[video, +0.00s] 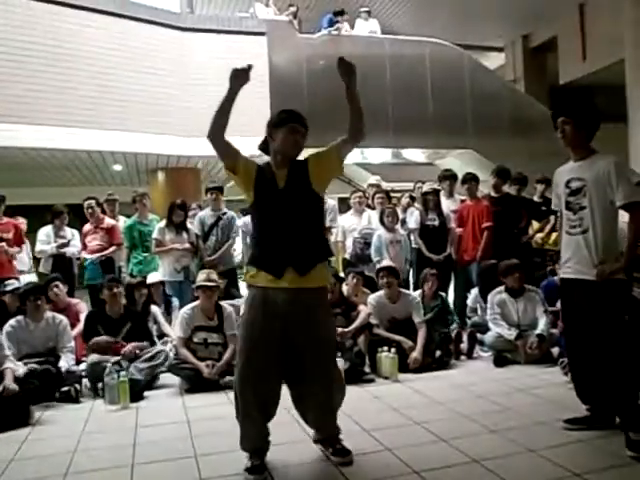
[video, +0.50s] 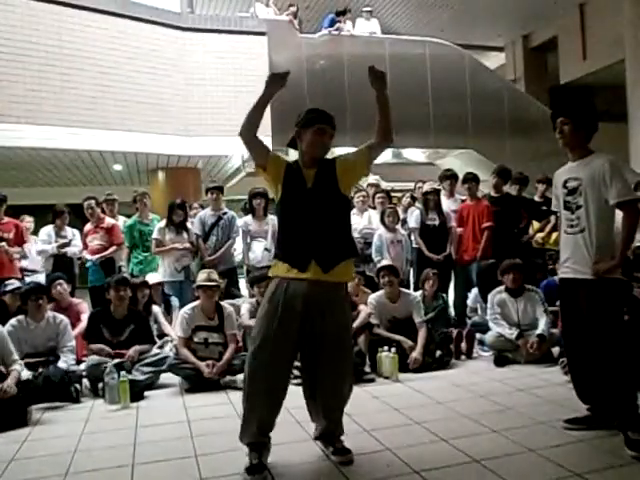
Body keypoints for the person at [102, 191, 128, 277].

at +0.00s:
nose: (111, 208)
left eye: (114, 204)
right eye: (108, 204)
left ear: (118, 206)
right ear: (104, 206)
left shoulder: (125, 222)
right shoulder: (101, 223)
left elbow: (129, 241)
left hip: (122, 261)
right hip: (105, 260)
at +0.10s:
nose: (111, 208)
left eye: (113, 204)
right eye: (108, 204)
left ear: (117, 206)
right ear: (103, 206)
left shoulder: (125, 222)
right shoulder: (101, 223)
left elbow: (129, 241)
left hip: (121, 261)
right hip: (105, 261)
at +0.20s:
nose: (110, 208)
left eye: (113, 205)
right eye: (107, 205)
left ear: (117, 206)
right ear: (103, 206)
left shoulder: (125, 222)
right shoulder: (101, 223)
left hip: (121, 260)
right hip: (105, 260)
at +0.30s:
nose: (111, 208)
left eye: (113, 204)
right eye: (108, 204)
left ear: (117, 206)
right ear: (103, 206)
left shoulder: (125, 222)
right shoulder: (101, 223)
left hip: (122, 260)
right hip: (105, 260)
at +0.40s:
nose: (110, 208)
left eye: (113, 204)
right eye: (107, 204)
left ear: (117, 205)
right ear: (103, 206)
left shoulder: (125, 222)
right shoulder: (101, 223)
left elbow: (129, 241)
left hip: (122, 259)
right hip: (106, 259)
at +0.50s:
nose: (110, 208)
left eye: (113, 204)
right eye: (107, 204)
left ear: (117, 205)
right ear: (103, 206)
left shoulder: (125, 222)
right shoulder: (101, 222)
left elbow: (129, 241)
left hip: (122, 259)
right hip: (105, 259)